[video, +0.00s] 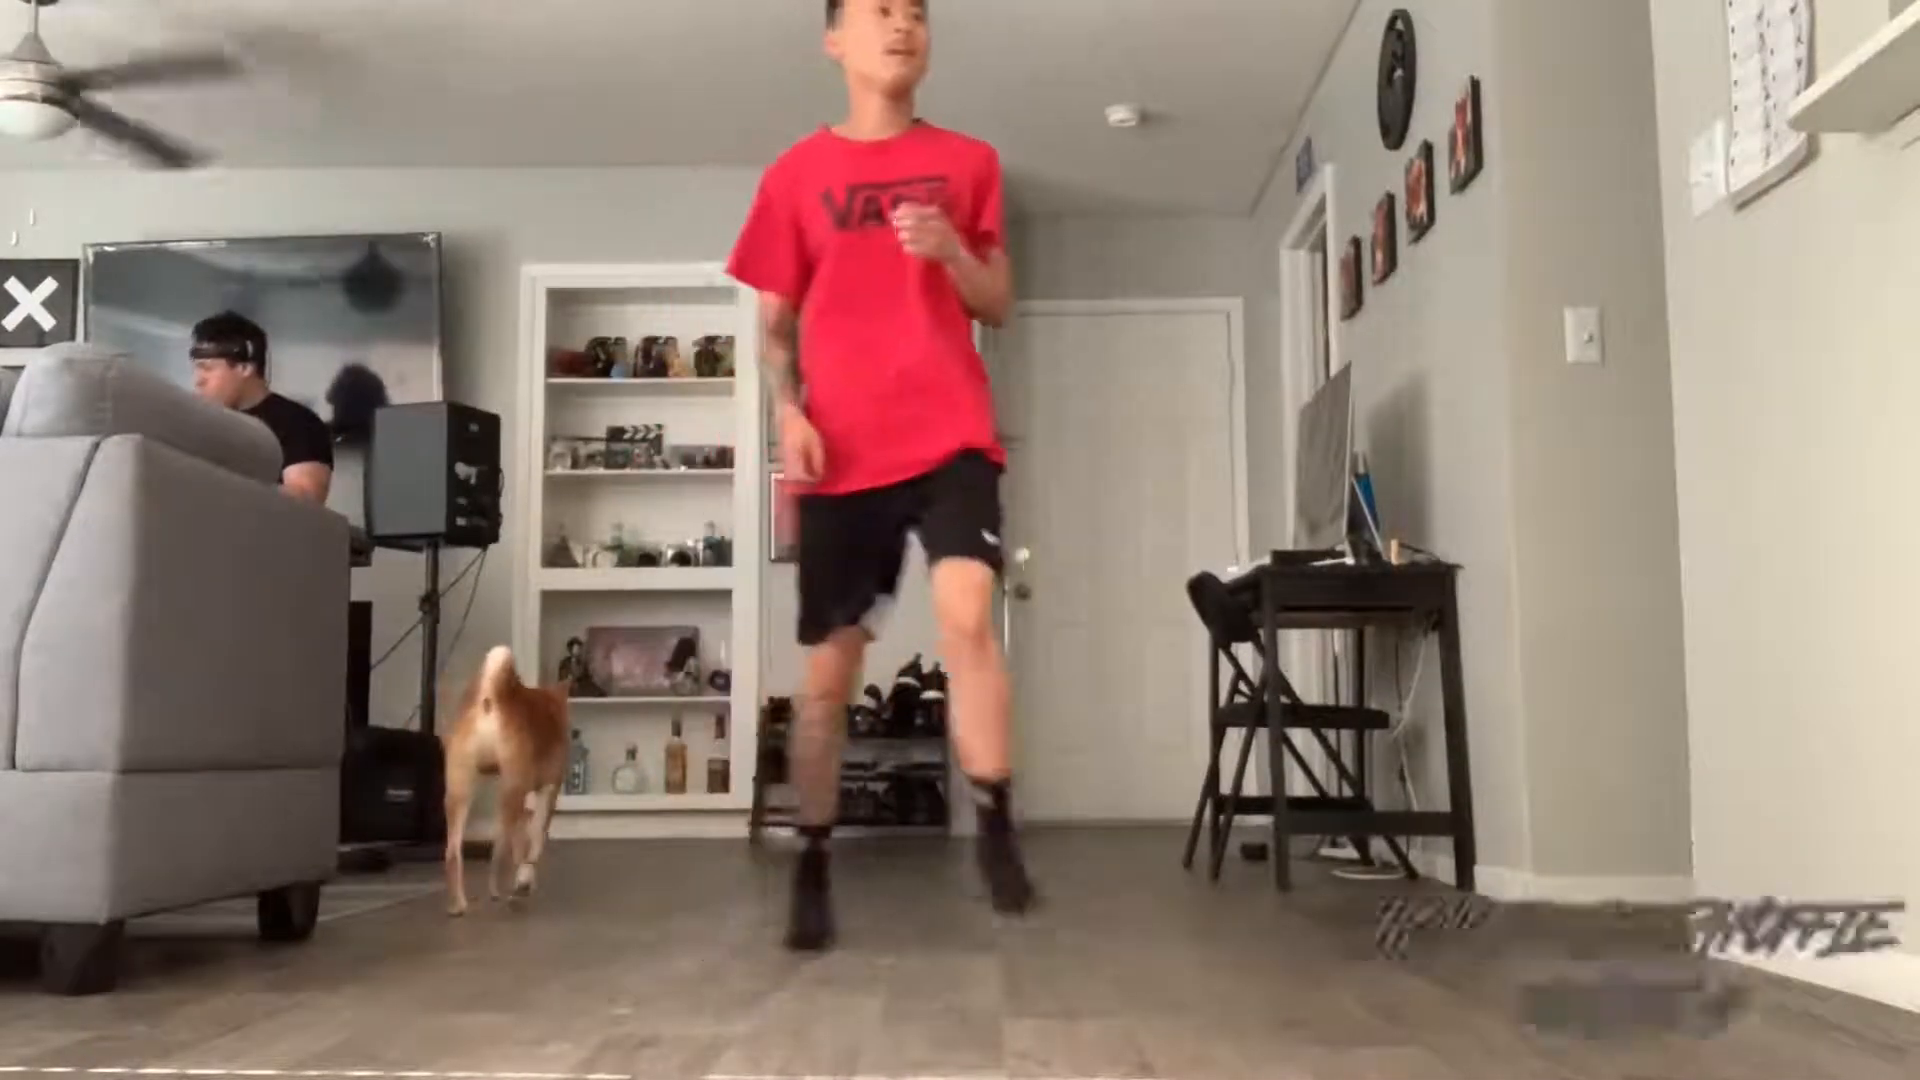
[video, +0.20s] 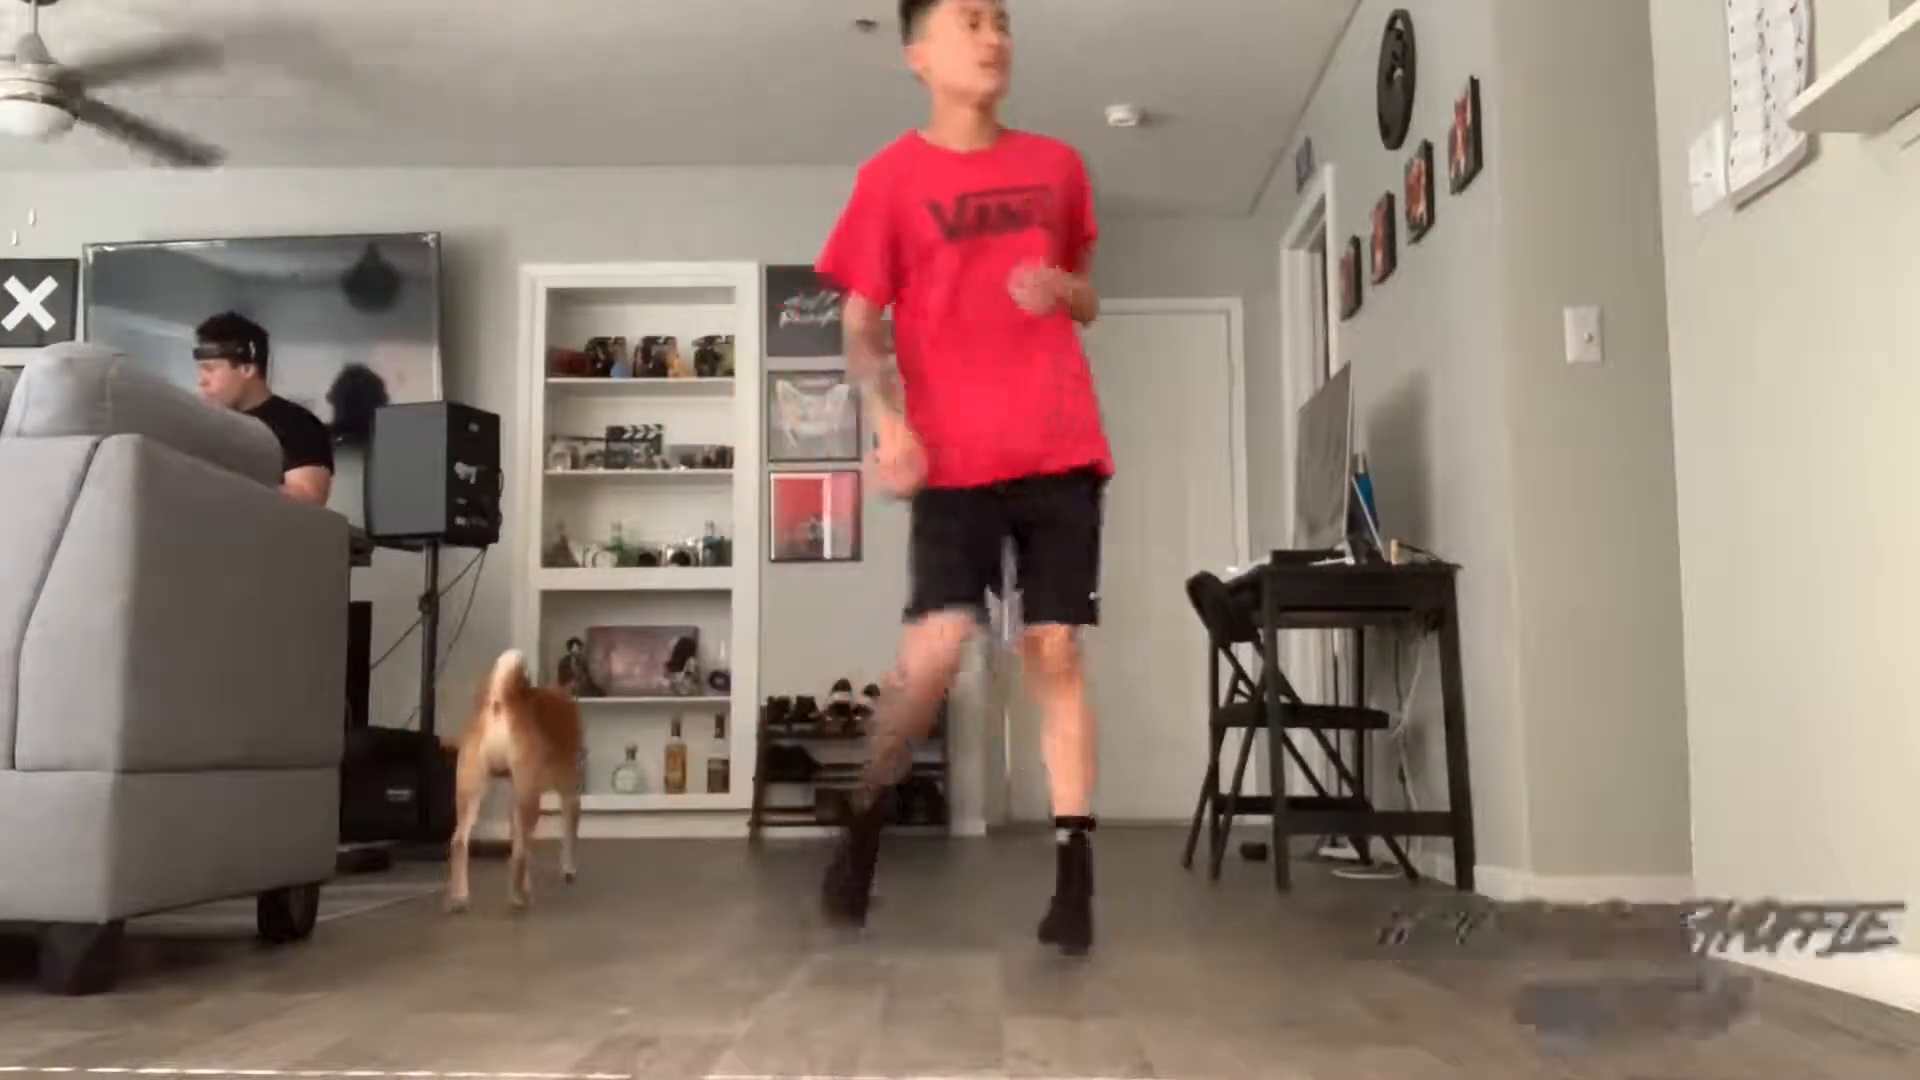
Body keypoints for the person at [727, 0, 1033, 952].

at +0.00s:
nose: (903, 29)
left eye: (914, 16)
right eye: (879, 15)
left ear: (930, 42)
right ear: (833, 43)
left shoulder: (968, 163)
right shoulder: (798, 172)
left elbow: (997, 299)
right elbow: (773, 324)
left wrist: (952, 250)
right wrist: (786, 409)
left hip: (951, 434)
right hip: (842, 448)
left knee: (969, 617)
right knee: (830, 666)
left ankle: (995, 833)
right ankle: (812, 867)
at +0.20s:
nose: (992, 39)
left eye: (999, 26)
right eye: (967, 25)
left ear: (1010, 54)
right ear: (916, 56)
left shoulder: (1055, 165)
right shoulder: (890, 177)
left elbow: (1088, 297)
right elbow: (862, 328)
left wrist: (1061, 288)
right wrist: (885, 424)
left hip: (1058, 446)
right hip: (953, 455)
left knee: (1056, 648)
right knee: (938, 646)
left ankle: (1073, 884)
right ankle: (863, 828)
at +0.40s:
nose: (1095, 43)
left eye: (1097, 29)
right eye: (1072, 28)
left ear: (1102, 55)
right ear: (1018, 59)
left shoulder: (1128, 172)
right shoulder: (990, 174)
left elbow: (1141, 296)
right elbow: (953, 319)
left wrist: (1157, 367)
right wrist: (987, 424)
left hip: (1130, 438)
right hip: (1044, 441)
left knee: (1105, 653)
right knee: (1154, 593)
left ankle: (1102, 864)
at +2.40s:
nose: (763, 74)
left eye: (778, 55)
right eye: (763, 59)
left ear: (840, 61)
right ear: (807, 69)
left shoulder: (903, 163)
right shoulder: (781, 206)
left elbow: (943, 291)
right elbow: (798, 352)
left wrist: (831, 250)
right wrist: (734, 410)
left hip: (854, 465)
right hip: (766, 462)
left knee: (855, 676)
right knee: (709, 652)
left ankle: (901, 872)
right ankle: (740, 886)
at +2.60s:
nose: (805, 52)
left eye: (824, 32)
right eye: (797, 40)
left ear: (885, 47)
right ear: (798, 61)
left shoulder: (942, 157)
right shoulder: (789, 189)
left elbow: (961, 300)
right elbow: (787, 328)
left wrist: (928, 414)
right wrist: (772, 434)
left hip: (909, 436)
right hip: (816, 443)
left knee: (878, 661)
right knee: (818, 667)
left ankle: (918, 830)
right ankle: (824, 884)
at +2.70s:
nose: (875, 65)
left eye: (894, 50)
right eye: (857, 53)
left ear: (931, 75)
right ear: (838, 84)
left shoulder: (977, 192)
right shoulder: (812, 206)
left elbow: (1018, 327)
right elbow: (771, 353)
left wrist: (1031, 452)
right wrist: (796, 316)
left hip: (950, 448)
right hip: (846, 456)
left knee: (901, 639)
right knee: (840, 686)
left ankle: (949, 745)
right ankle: (865, 893)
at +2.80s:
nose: (930, 40)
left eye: (948, 25)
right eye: (909, 28)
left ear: (974, 52)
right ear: (881, 57)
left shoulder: (1019, 170)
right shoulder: (852, 173)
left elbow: (1058, 299)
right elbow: (787, 301)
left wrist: (1084, 431)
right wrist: (822, 266)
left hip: (982, 438)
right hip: (882, 444)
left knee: (938, 611)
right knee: (883, 671)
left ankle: (981, 788)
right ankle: (875, 878)